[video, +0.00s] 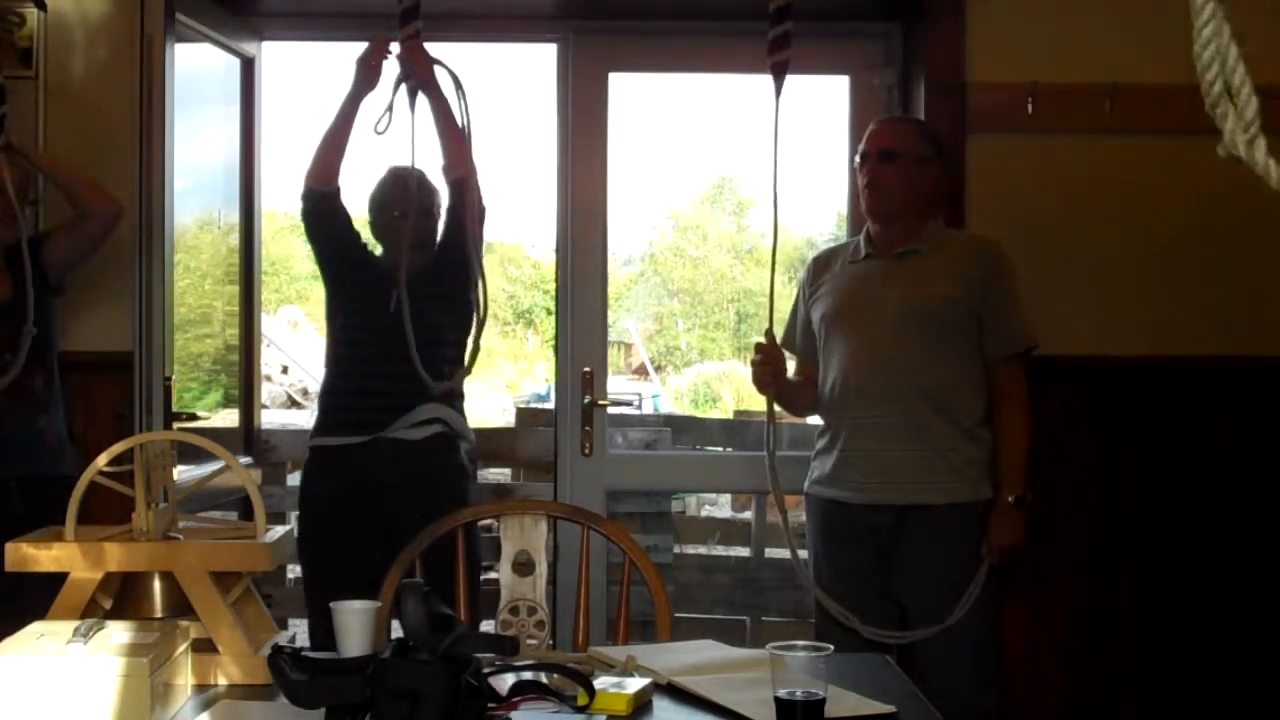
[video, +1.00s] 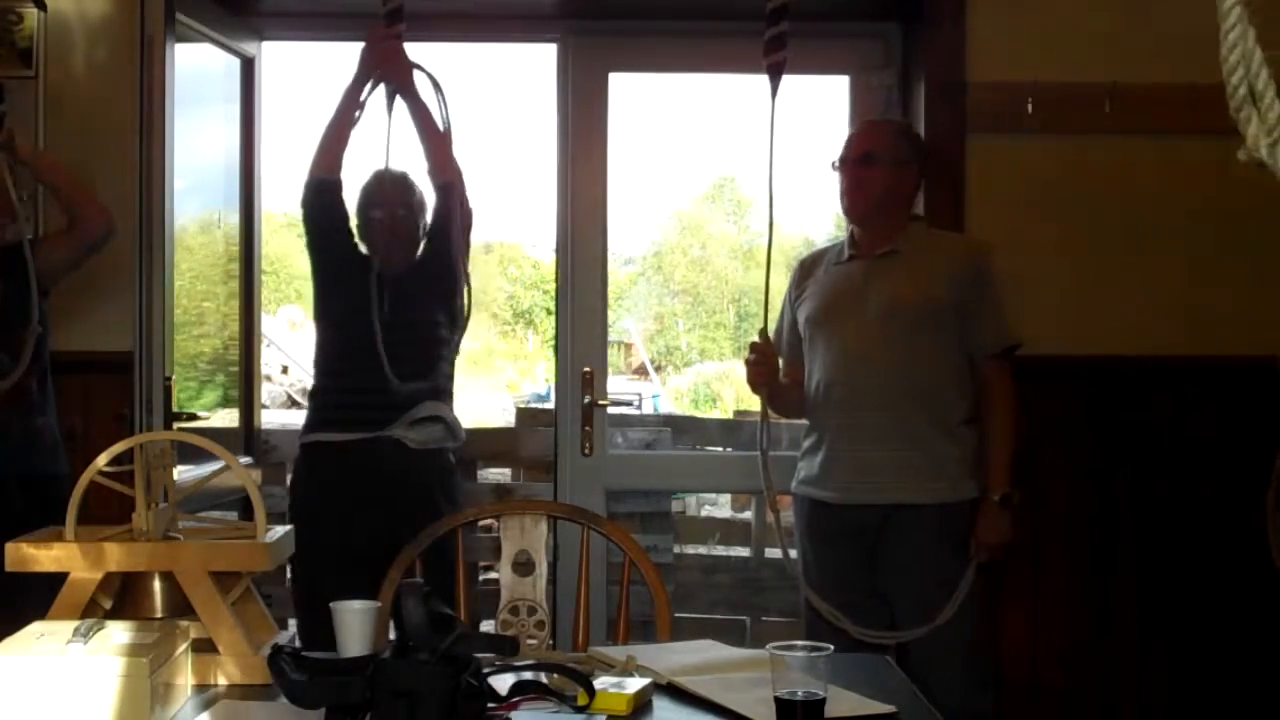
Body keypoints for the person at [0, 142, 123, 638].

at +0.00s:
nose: (11, 209)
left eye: (14, 197)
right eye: (6, 196)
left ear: (23, 202)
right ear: (4, 206)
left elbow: (103, 212)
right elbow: (102, 213)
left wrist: (27, 155)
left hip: (40, 460)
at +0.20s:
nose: (8, 211)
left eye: (10, 200)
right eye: (6, 200)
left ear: (17, 206)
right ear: (10, 210)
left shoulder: (26, 262)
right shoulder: (25, 263)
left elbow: (93, 206)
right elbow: (93, 207)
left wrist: (28, 164)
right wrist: (28, 163)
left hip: (37, 454)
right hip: (23, 457)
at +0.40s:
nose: (10, 210)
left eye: (12, 200)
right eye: (6, 199)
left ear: (19, 206)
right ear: (7, 210)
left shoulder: (25, 264)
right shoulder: (23, 265)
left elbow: (93, 211)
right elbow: (93, 211)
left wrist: (28, 161)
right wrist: (29, 162)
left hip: (35, 453)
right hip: (23, 456)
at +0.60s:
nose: (8, 210)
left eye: (10, 202)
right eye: (4, 203)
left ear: (18, 207)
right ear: (8, 213)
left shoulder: (23, 263)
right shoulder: (22, 263)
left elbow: (93, 208)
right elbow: (93, 208)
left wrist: (23, 157)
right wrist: (24, 159)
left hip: (32, 451)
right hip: (23, 454)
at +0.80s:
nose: (8, 213)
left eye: (10, 204)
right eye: (5, 204)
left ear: (18, 210)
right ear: (8, 214)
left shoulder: (23, 265)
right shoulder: (22, 265)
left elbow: (92, 212)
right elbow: (92, 213)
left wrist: (24, 157)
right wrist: (25, 158)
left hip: (30, 463)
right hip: (23, 466)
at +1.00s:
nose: (12, 214)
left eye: (10, 203)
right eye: (7, 202)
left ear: (15, 212)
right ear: (10, 215)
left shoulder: (21, 267)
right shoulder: (19, 268)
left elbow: (95, 225)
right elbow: (95, 225)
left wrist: (27, 154)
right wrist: (29, 154)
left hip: (28, 462)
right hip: (21, 465)